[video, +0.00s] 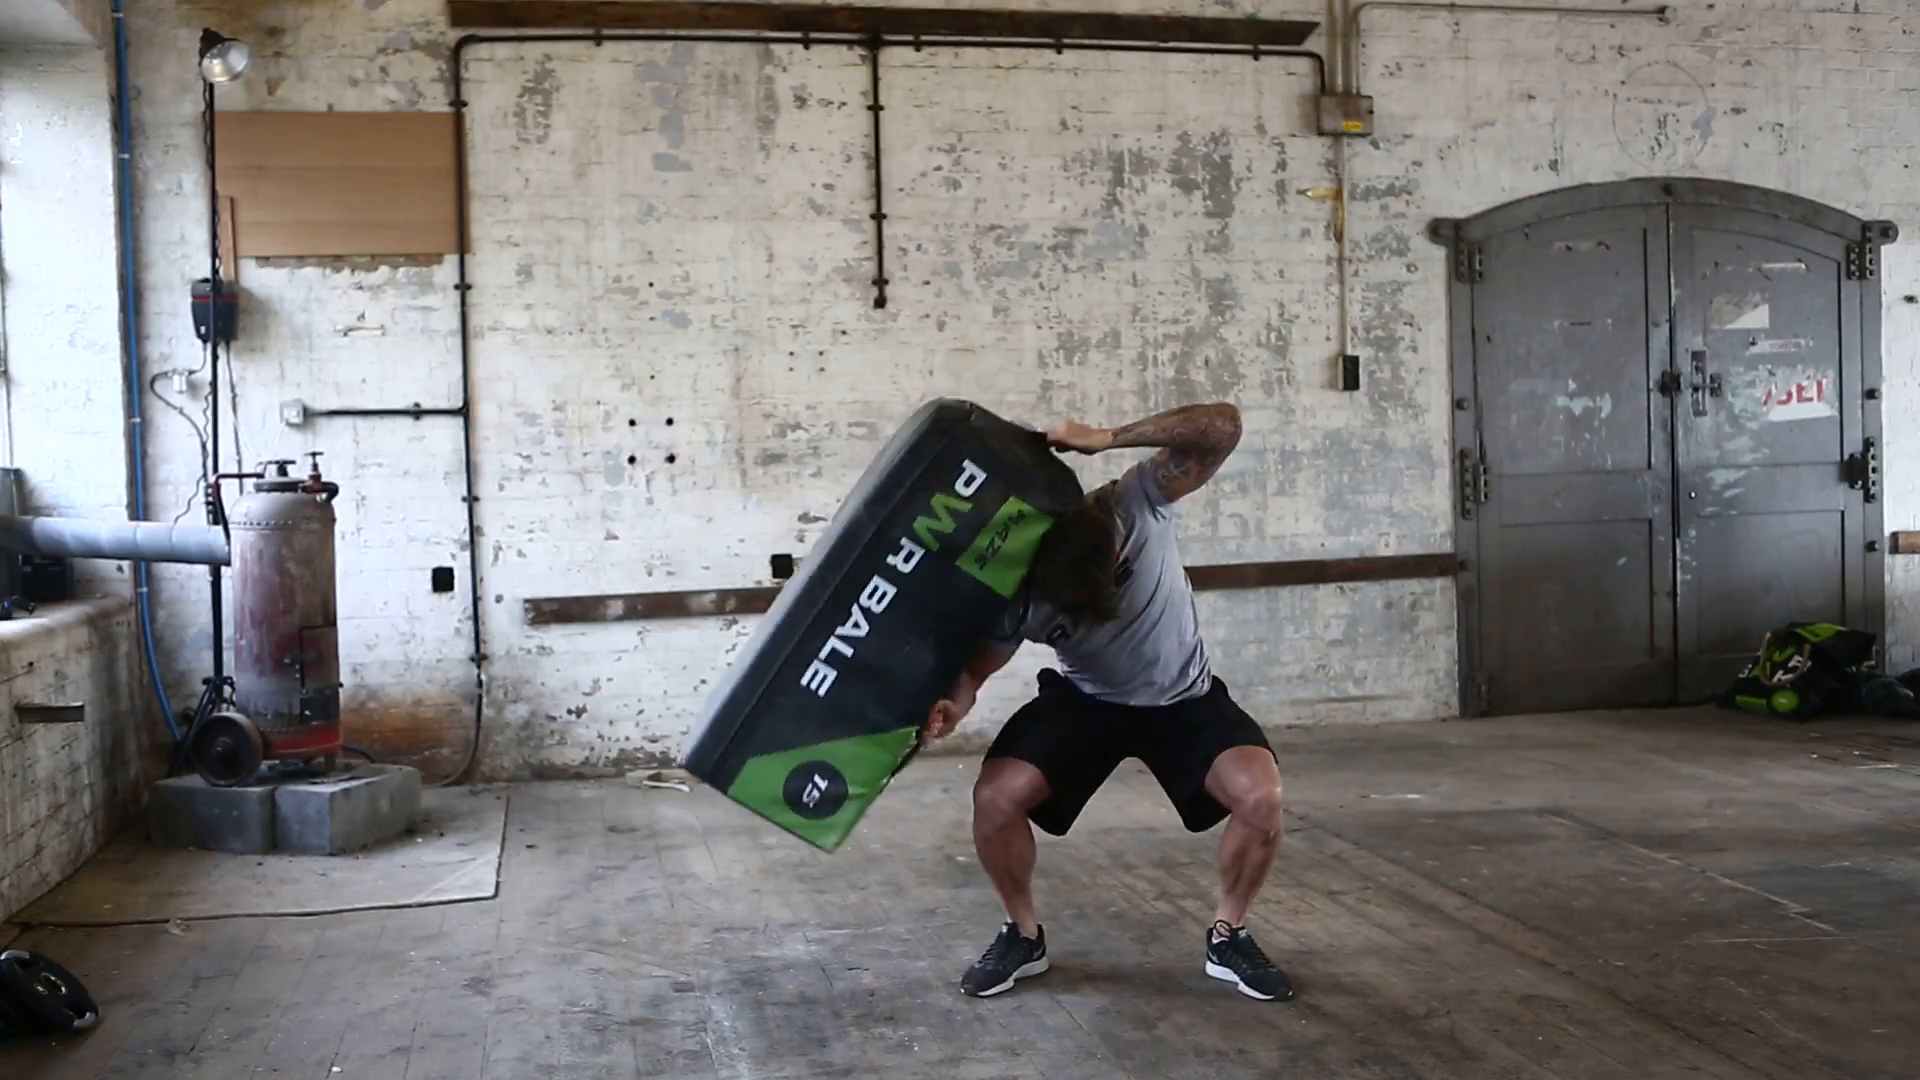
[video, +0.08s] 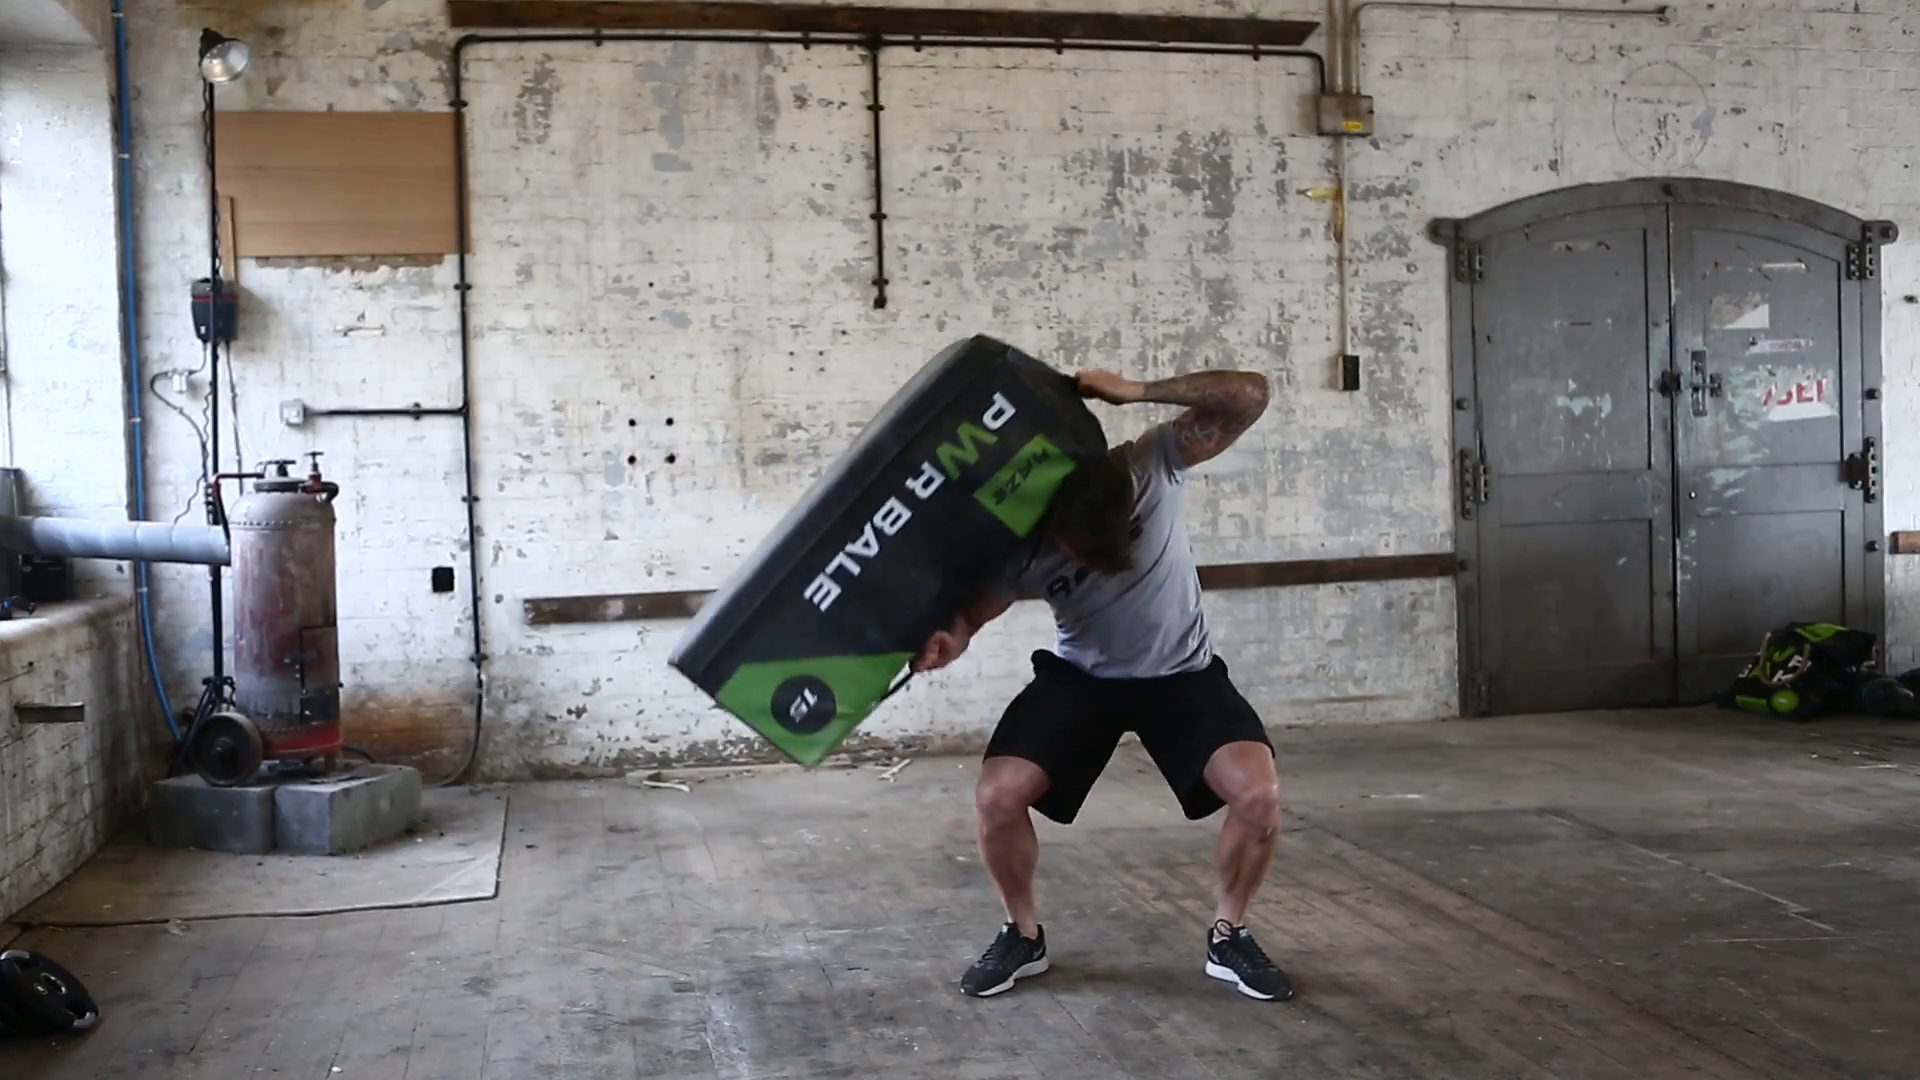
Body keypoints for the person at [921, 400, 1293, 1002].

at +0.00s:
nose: (1096, 606)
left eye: (1103, 590)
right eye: (1078, 602)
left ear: (1114, 546)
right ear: (1046, 583)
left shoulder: (1138, 503)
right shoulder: (1024, 602)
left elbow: (1224, 425)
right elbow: (973, 670)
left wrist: (1108, 437)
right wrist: (949, 708)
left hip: (1184, 698)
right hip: (1083, 701)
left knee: (1261, 796)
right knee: (995, 801)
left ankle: (1228, 935)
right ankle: (1023, 934)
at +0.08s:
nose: (1083, 562)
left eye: (1094, 552)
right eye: (1075, 552)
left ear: (1126, 514)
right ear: (1056, 531)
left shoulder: (1154, 465)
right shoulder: (1027, 557)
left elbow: (1251, 392)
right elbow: (967, 615)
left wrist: (1142, 391)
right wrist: (945, 642)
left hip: (1182, 671)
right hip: (1079, 677)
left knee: (1258, 792)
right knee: (997, 797)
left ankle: (1229, 935)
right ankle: (1022, 933)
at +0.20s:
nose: (1112, 477)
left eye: (1125, 469)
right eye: (1103, 468)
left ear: (1152, 422)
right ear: (1080, 437)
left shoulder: (1177, 396)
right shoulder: (1036, 454)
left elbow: (1282, 341)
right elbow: (959, 527)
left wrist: (1183, 313)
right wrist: (940, 536)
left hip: (1178, 631)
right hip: (1072, 635)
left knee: (1242, 784)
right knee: (1004, 787)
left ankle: (1229, 936)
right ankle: (1022, 932)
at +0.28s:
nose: (1123, 422)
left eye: (1137, 413)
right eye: (1113, 412)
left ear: (1156, 377)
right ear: (1088, 378)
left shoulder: (1181, 358)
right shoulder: (1034, 403)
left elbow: (1287, 318)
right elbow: (947, 476)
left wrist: (1207, 266)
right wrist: (936, 462)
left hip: (1173, 604)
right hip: (1067, 608)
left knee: (1229, 764)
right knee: (1014, 779)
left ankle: (1230, 932)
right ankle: (1022, 930)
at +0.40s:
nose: (1134, 364)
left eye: (1147, 353)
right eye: (1122, 351)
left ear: (1163, 323)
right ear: (1089, 318)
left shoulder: (1179, 323)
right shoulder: (1033, 346)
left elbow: (1288, 313)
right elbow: (929, 407)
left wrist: (1242, 237)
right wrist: (929, 360)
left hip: (1167, 578)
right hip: (1063, 582)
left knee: (1211, 754)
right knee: (1032, 765)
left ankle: (1231, 929)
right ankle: (1022, 927)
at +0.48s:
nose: (1132, 347)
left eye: (1147, 336)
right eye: (1120, 334)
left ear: (1165, 307)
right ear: (1086, 299)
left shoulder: (1182, 320)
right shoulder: (1029, 328)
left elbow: (1286, 329)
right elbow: (921, 367)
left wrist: (1260, 246)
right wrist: (922, 318)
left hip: (1162, 576)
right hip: (1059, 579)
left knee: (1200, 755)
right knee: (1034, 762)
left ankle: (1230, 929)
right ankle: (1020, 927)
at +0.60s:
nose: (1122, 329)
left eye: (1139, 316)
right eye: (1109, 313)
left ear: (1163, 295)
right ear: (1082, 285)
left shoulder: (1187, 331)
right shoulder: (1033, 318)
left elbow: (1290, 368)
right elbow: (921, 332)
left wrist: (1280, 273)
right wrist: (928, 272)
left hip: (1159, 582)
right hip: (1056, 581)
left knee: (1194, 756)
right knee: (1035, 760)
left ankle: (1229, 930)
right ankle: (1020, 928)